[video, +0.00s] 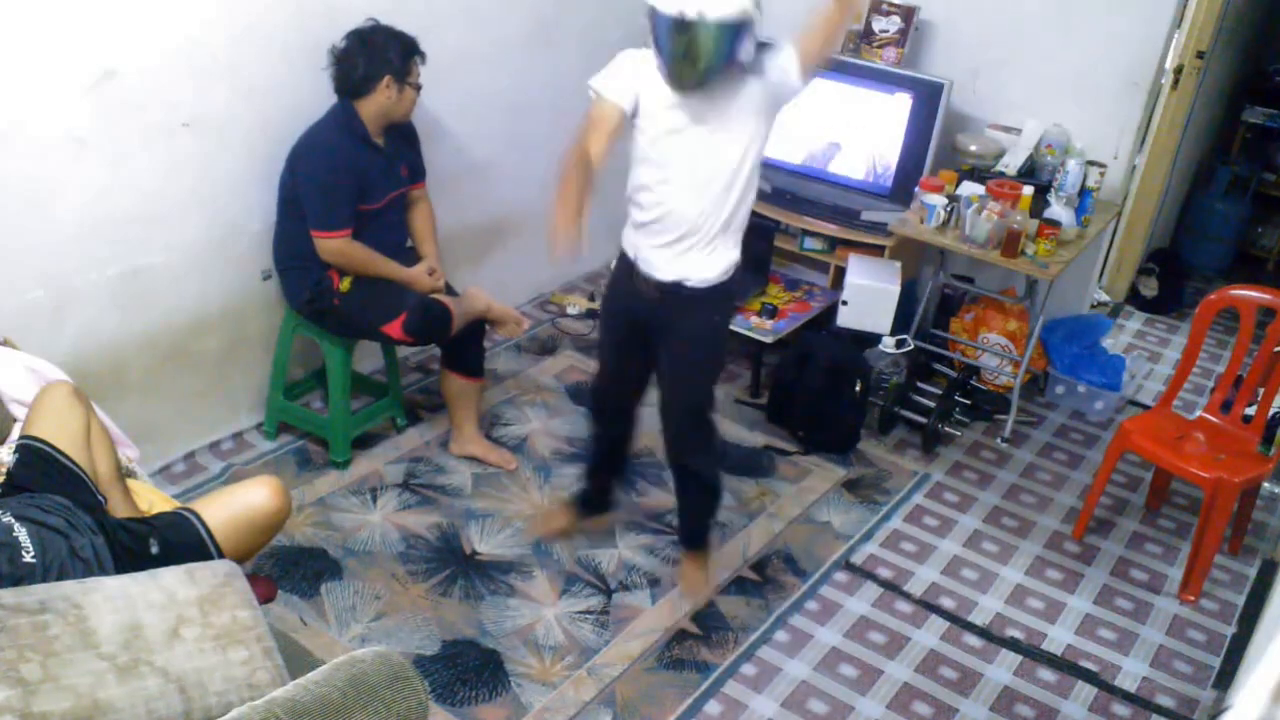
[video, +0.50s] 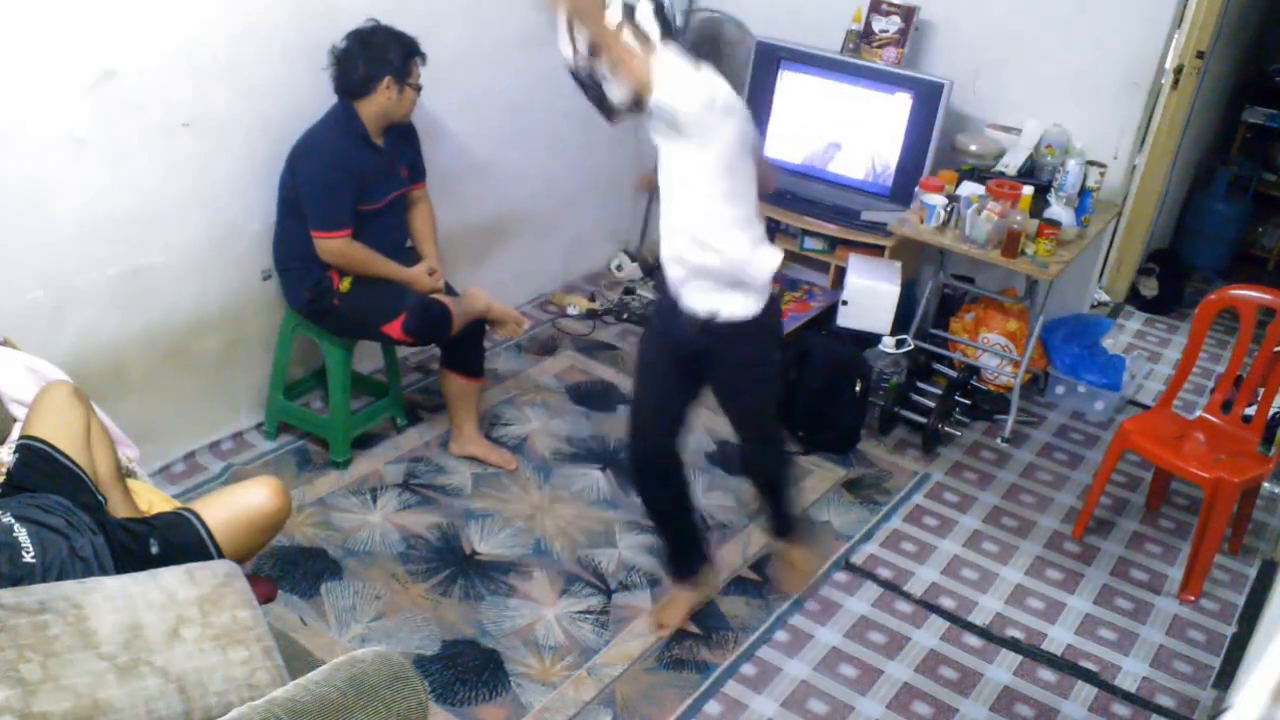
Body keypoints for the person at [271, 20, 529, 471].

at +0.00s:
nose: (419, 95)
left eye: (419, 87)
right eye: (416, 86)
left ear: (386, 88)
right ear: (387, 88)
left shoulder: (399, 131)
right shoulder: (325, 150)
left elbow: (417, 202)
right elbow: (333, 249)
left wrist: (429, 259)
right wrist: (408, 276)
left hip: (389, 265)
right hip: (326, 282)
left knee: (466, 319)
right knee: (426, 324)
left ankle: (466, 435)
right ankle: (477, 304)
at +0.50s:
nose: (419, 96)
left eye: (419, 87)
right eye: (416, 87)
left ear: (386, 88)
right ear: (387, 88)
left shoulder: (399, 131)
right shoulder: (325, 151)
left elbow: (418, 202)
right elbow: (333, 249)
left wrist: (429, 259)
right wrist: (407, 276)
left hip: (387, 266)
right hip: (325, 283)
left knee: (466, 320)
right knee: (424, 324)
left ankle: (465, 435)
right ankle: (477, 305)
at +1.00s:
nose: (419, 96)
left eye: (419, 87)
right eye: (416, 86)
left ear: (386, 87)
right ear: (387, 87)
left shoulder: (400, 131)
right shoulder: (326, 151)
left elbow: (418, 202)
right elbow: (333, 249)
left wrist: (429, 259)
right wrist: (408, 277)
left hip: (387, 266)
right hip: (325, 283)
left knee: (465, 321)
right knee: (426, 323)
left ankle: (466, 435)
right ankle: (476, 306)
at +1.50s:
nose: (419, 95)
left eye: (419, 86)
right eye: (416, 86)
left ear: (386, 87)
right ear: (387, 87)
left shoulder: (399, 130)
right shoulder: (326, 151)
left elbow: (418, 201)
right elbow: (332, 249)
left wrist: (429, 258)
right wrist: (407, 277)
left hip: (388, 265)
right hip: (325, 284)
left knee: (465, 323)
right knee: (427, 322)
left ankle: (466, 435)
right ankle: (477, 305)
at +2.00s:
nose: (419, 96)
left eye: (419, 87)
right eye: (416, 87)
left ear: (387, 88)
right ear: (387, 88)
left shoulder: (400, 131)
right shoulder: (326, 151)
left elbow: (417, 202)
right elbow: (333, 249)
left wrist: (428, 260)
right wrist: (407, 277)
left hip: (388, 264)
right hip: (325, 282)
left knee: (465, 323)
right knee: (424, 323)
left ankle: (466, 436)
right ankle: (476, 306)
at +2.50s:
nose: (419, 96)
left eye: (419, 87)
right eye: (416, 87)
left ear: (387, 88)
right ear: (387, 88)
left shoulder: (400, 130)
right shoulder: (326, 151)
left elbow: (418, 202)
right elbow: (332, 249)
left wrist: (429, 260)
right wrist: (407, 276)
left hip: (389, 264)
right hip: (325, 281)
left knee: (465, 323)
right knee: (423, 324)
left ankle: (466, 435)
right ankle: (477, 306)